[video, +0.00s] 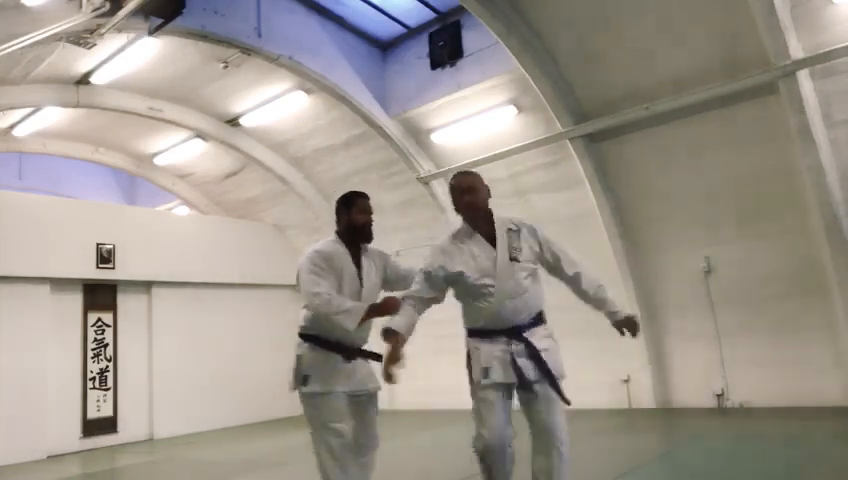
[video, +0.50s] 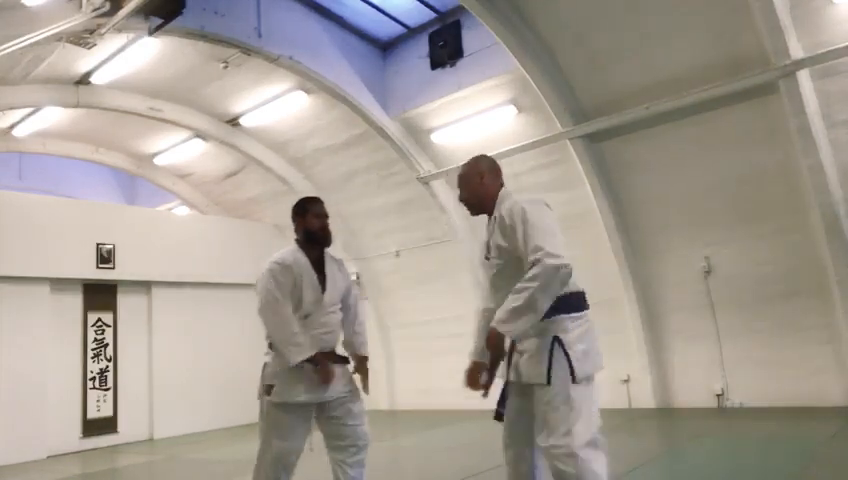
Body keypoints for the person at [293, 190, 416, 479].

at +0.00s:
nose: (370, 220)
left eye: (371, 213)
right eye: (364, 213)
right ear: (342, 217)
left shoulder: (376, 259)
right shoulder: (318, 258)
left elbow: (414, 279)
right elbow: (320, 304)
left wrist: (440, 278)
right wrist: (371, 310)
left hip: (357, 363)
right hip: (321, 366)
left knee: (366, 442)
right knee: (336, 444)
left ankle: (357, 477)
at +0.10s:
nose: (363, 218)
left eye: (364, 212)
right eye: (356, 213)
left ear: (362, 215)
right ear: (335, 216)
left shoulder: (371, 259)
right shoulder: (313, 256)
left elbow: (396, 296)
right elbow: (314, 303)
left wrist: (429, 300)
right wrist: (369, 310)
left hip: (354, 363)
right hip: (314, 364)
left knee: (359, 443)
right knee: (319, 442)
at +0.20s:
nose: (355, 219)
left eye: (355, 213)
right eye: (348, 213)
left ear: (354, 214)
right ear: (327, 217)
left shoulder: (365, 260)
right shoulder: (307, 257)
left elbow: (385, 309)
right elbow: (309, 303)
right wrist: (364, 311)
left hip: (350, 364)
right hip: (310, 365)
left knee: (358, 446)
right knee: (298, 446)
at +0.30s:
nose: (345, 219)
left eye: (346, 213)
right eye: (337, 213)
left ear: (346, 217)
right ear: (318, 219)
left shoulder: (358, 262)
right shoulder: (300, 259)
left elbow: (371, 314)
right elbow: (301, 303)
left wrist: (376, 362)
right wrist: (356, 319)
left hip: (347, 366)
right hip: (305, 367)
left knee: (359, 445)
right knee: (285, 447)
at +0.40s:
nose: (335, 220)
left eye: (336, 214)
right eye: (327, 214)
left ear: (337, 219)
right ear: (308, 221)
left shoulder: (349, 265)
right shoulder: (292, 261)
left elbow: (361, 316)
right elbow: (291, 308)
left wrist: (360, 362)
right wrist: (336, 339)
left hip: (342, 368)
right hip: (300, 369)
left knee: (358, 445)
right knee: (281, 450)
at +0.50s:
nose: (326, 223)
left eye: (327, 217)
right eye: (319, 217)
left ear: (328, 220)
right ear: (298, 222)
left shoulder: (337, 266)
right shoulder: (280, 266)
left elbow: (351, 313)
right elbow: (277, 320)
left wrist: (359, 354)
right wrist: (311, 357)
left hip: (335, 370)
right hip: (291, 374)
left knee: (352, 446)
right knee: (279, 456)